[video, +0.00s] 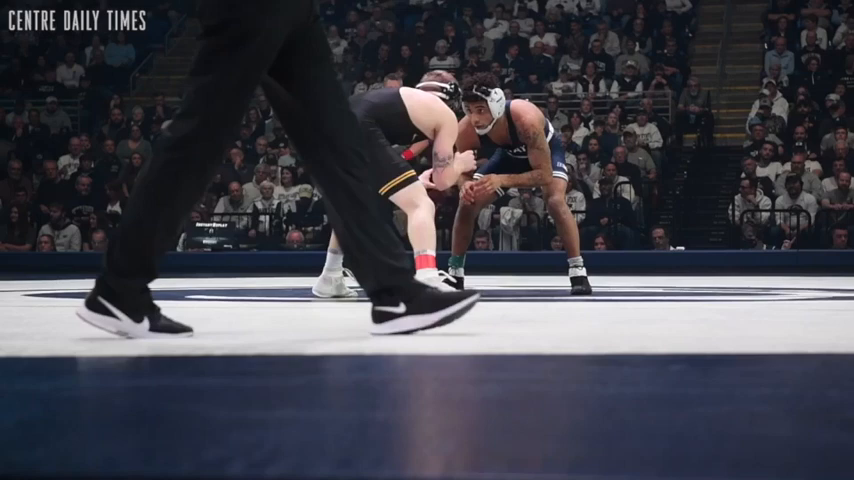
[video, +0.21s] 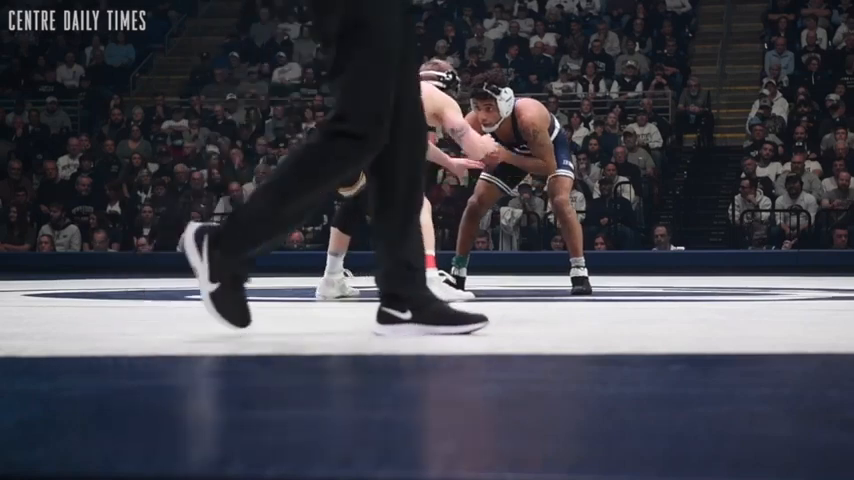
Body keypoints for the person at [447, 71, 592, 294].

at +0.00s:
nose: (474, 119)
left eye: (480, 111)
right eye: (470, 112)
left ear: (497, 108)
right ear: (465, 111)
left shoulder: (526, 118)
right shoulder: (466, 129)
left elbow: (544, 176)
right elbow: (460, 164)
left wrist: (500, 181)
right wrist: (464, 183)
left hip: (545, 151)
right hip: (508, 154)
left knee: (556, 201)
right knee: (467, 202)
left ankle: (577, 271)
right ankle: (454, 274)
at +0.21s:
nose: (481, 115)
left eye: (488, 109)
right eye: (477, 108)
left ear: (505, 107)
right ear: (473, 107)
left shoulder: (529, 118)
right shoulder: (473, 121)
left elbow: (548, 167)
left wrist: (508, 157)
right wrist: (480, 155)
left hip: (552, 148)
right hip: (514, 152)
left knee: (560, 201)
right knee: (475, 203)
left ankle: (579, 272)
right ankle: (457, 273)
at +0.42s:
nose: (474, 116)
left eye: (479, 108)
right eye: (468, 109)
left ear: (491, 108)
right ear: (461, 109)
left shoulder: (526, 118)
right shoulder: (467, 124)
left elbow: (566, 145)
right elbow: (462, 149)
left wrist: (528, 156)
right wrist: (489, 159)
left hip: (545, 151)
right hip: (500, 154)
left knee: (555, 202)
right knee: (467, 205)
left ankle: (577, 269)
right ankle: (455, 268)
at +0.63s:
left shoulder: (508, 113)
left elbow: (547, 114)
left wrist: (513, 117)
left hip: (536, 141)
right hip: (502, 151)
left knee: (549, 201)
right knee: (462, 202)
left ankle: (578, 269)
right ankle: (455, 274)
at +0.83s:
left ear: (447, 87)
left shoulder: (472, 101)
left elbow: (518, 116)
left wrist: (468, 111)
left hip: (524, 142)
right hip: (492, 154)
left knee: (534, 192)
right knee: (450, 202)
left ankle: (581, 262)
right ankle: (450, 273)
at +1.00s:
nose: (472, 91)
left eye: (473, 84)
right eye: (466, 87)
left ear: (481, 78)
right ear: (458, 87)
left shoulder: (501, 81)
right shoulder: (459, 102)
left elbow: (534, 100)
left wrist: (491, 89)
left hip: (532, 144)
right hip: (499, 150)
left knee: (549, 206)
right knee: (462, 197)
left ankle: (579, 269)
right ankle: (452, 269)